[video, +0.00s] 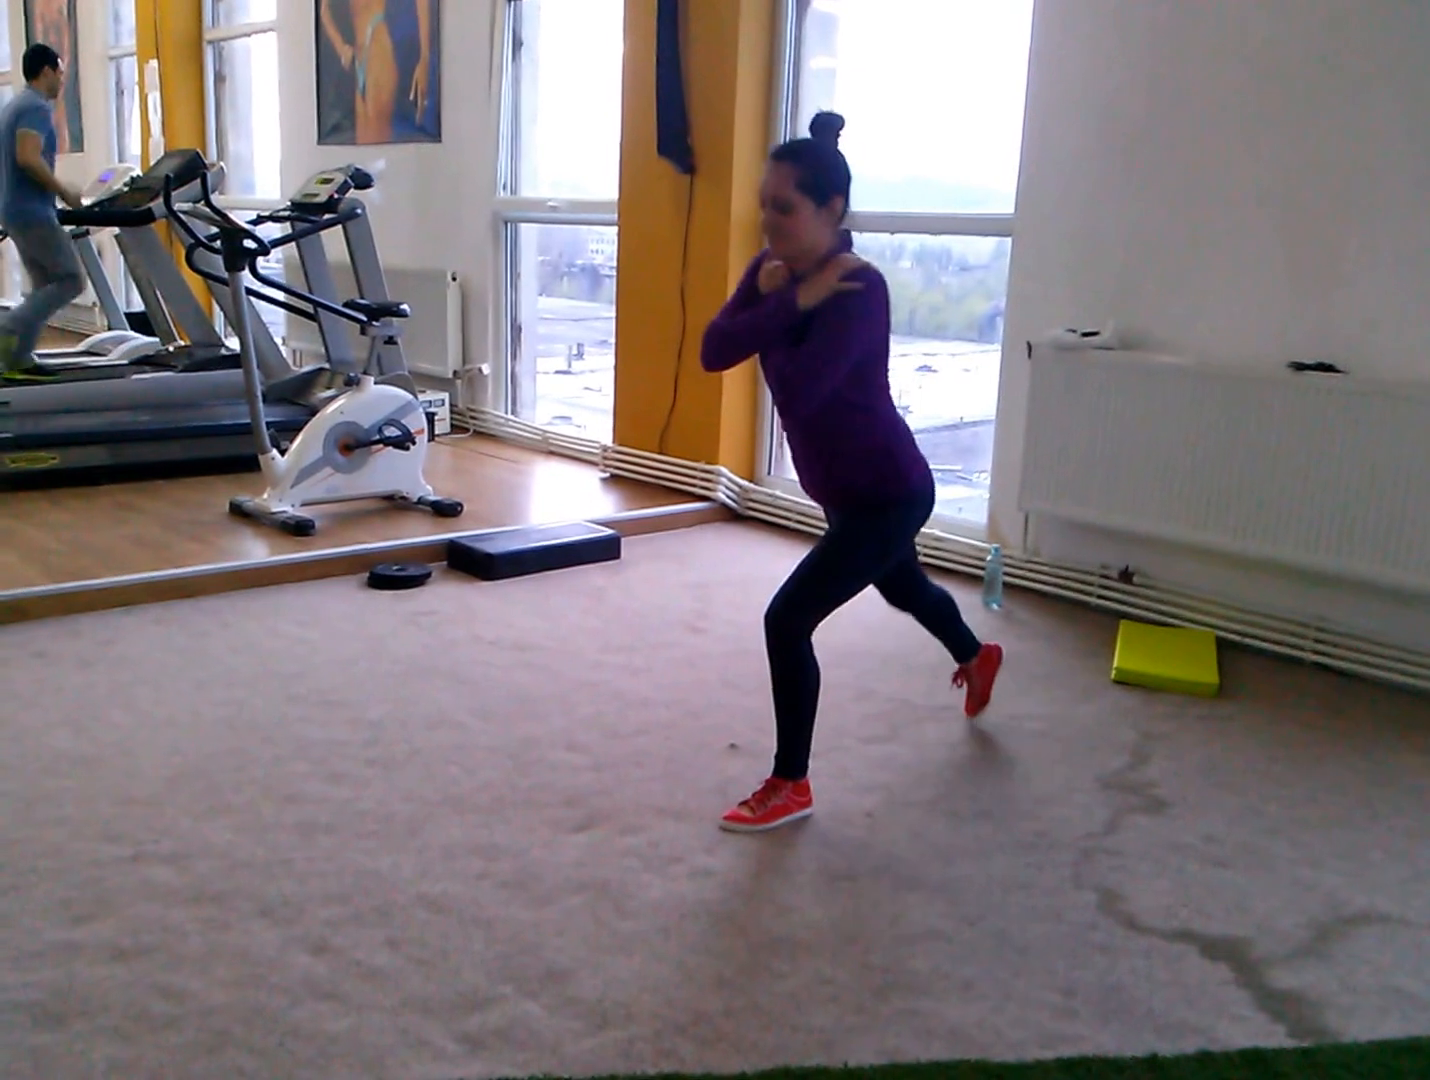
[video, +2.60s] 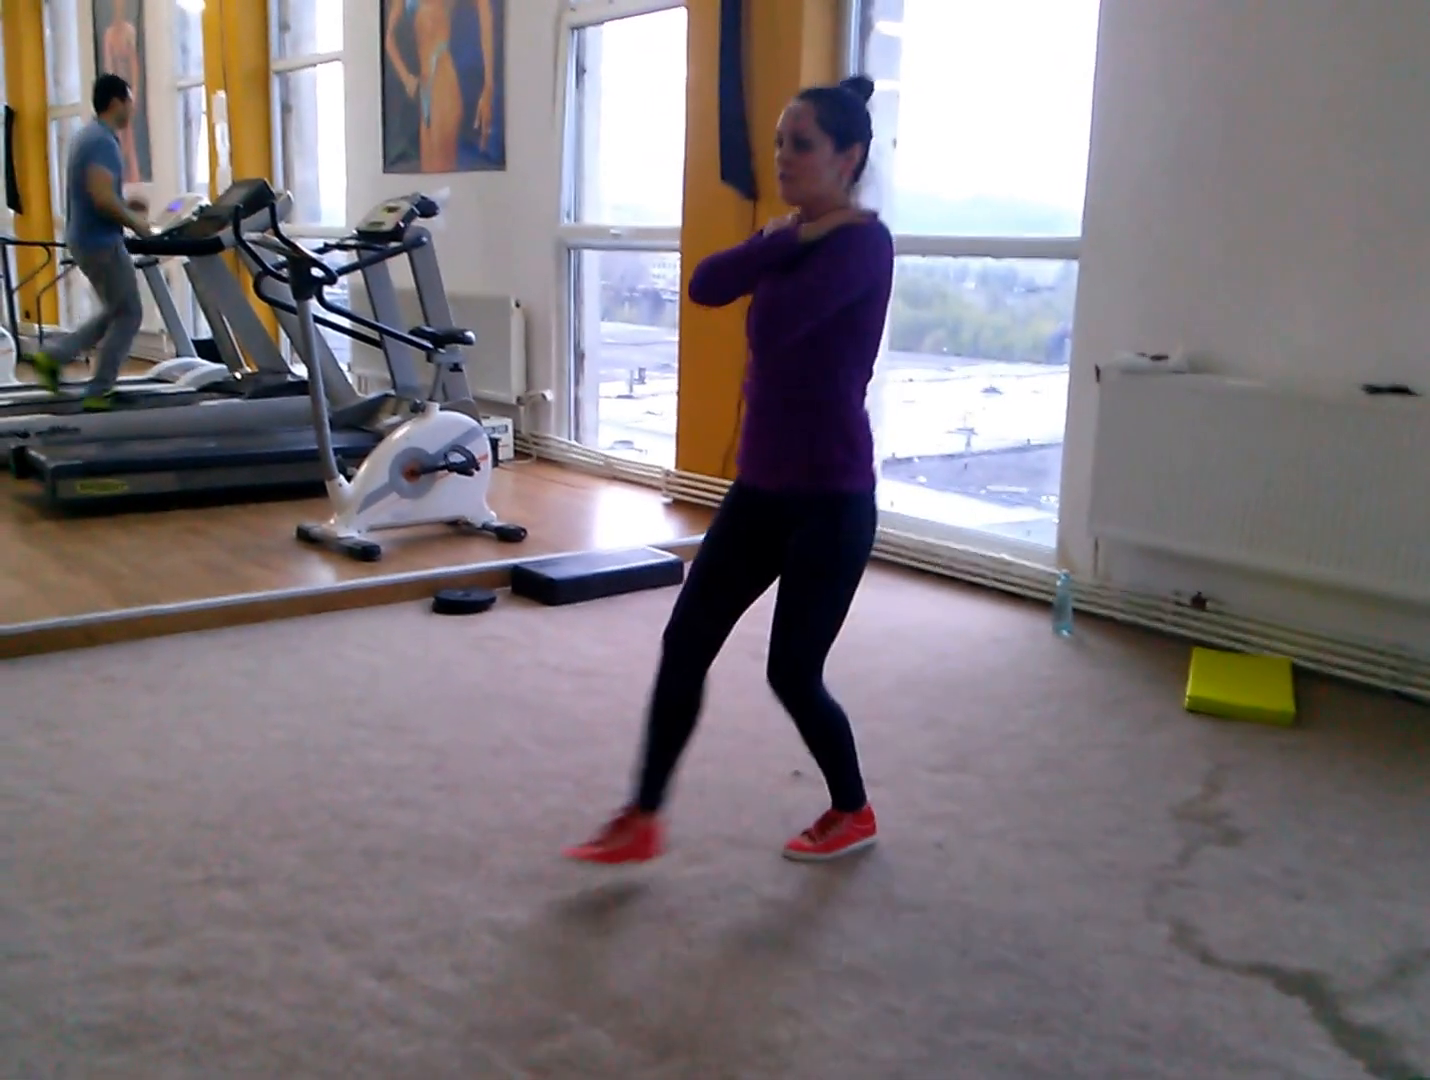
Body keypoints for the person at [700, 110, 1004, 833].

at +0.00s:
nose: (767, 220)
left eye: (782, 208)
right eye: (764, 205)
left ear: (834, 214)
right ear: (761, 207)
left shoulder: (860, 290)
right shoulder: (766, 274)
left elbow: (805, 388)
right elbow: (713, 353)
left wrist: (768, 309)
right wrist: (799, 299)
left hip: (892, 497)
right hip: (842, 493)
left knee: (787, 621)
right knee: (908, 589)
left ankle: (790, 782)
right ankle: (975, 656)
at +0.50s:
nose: (830, 293)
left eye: (845, 280)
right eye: (825, 278)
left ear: (888, 285)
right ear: (821, 280)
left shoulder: (907, 358)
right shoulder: (819, 342)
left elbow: (853, 449)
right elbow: (766, 412)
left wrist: (815, 371)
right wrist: (845, 365)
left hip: (935, 551)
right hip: (879, 549)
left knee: (818, 622)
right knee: (946, 638)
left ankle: (806, 785)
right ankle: (1020, 662)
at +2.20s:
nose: (791, 212)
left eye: (808, 198)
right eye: (787, 197)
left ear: (856, 211)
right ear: (785, 207)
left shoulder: (869, 297)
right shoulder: (782, 286)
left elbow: (822, 404)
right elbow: (724, 366)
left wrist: (770, 321)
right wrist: (789, 306)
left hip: (916, 502)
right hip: (859, 506)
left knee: (826, 646)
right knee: (863, 655)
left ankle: (843, 806)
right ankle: (965, 675)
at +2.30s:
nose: (790, 172)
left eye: (808, 162)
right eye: (789, 160)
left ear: (856, 181)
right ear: (793, 173)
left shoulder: (868, 266)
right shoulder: (787, 256)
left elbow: (804, 362)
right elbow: (719, 329)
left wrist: (778, 284)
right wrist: (780, 273)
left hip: (898, 492)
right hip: (835, 490)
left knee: (822, 646)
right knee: (797, 640)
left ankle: (845, 807)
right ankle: (907, 694)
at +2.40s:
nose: (794, 154)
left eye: (812, 143)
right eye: (792, 142)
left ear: (859, 159)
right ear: (792, 155)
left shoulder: (870, 245)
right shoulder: (787, 237)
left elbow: (793, 337)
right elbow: (716, 302)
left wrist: (772, 264)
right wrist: (792, 243)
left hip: (878, 490)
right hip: (813, 484)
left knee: (816, 657)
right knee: (749, 631)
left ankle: (850, 808)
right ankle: (827, 734)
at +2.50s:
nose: (790, 147)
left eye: (809, 135)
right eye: (790, 133)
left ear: (859, 152)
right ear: (796, 146)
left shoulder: (871, 238)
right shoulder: (793, 236)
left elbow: (790, 323)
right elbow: (710, 287)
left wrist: (768, 252)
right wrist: (798, 237)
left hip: (854, 492)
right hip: (785, 484)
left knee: (804, 661)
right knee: (713, 628)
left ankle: (850, 808)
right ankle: (730, 787)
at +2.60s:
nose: (783, 157)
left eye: (801, 144)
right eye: (780, 143)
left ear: (851, 156)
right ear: (780, 152)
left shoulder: (865, 242)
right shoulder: (784, 240)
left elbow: (782, 325)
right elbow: (704, 287)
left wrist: (768, 255)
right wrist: (785, 236)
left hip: (833, 499)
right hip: (758, 490)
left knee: (794, 673)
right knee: (686, 646)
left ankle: (852, 810)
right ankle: (642, 817)